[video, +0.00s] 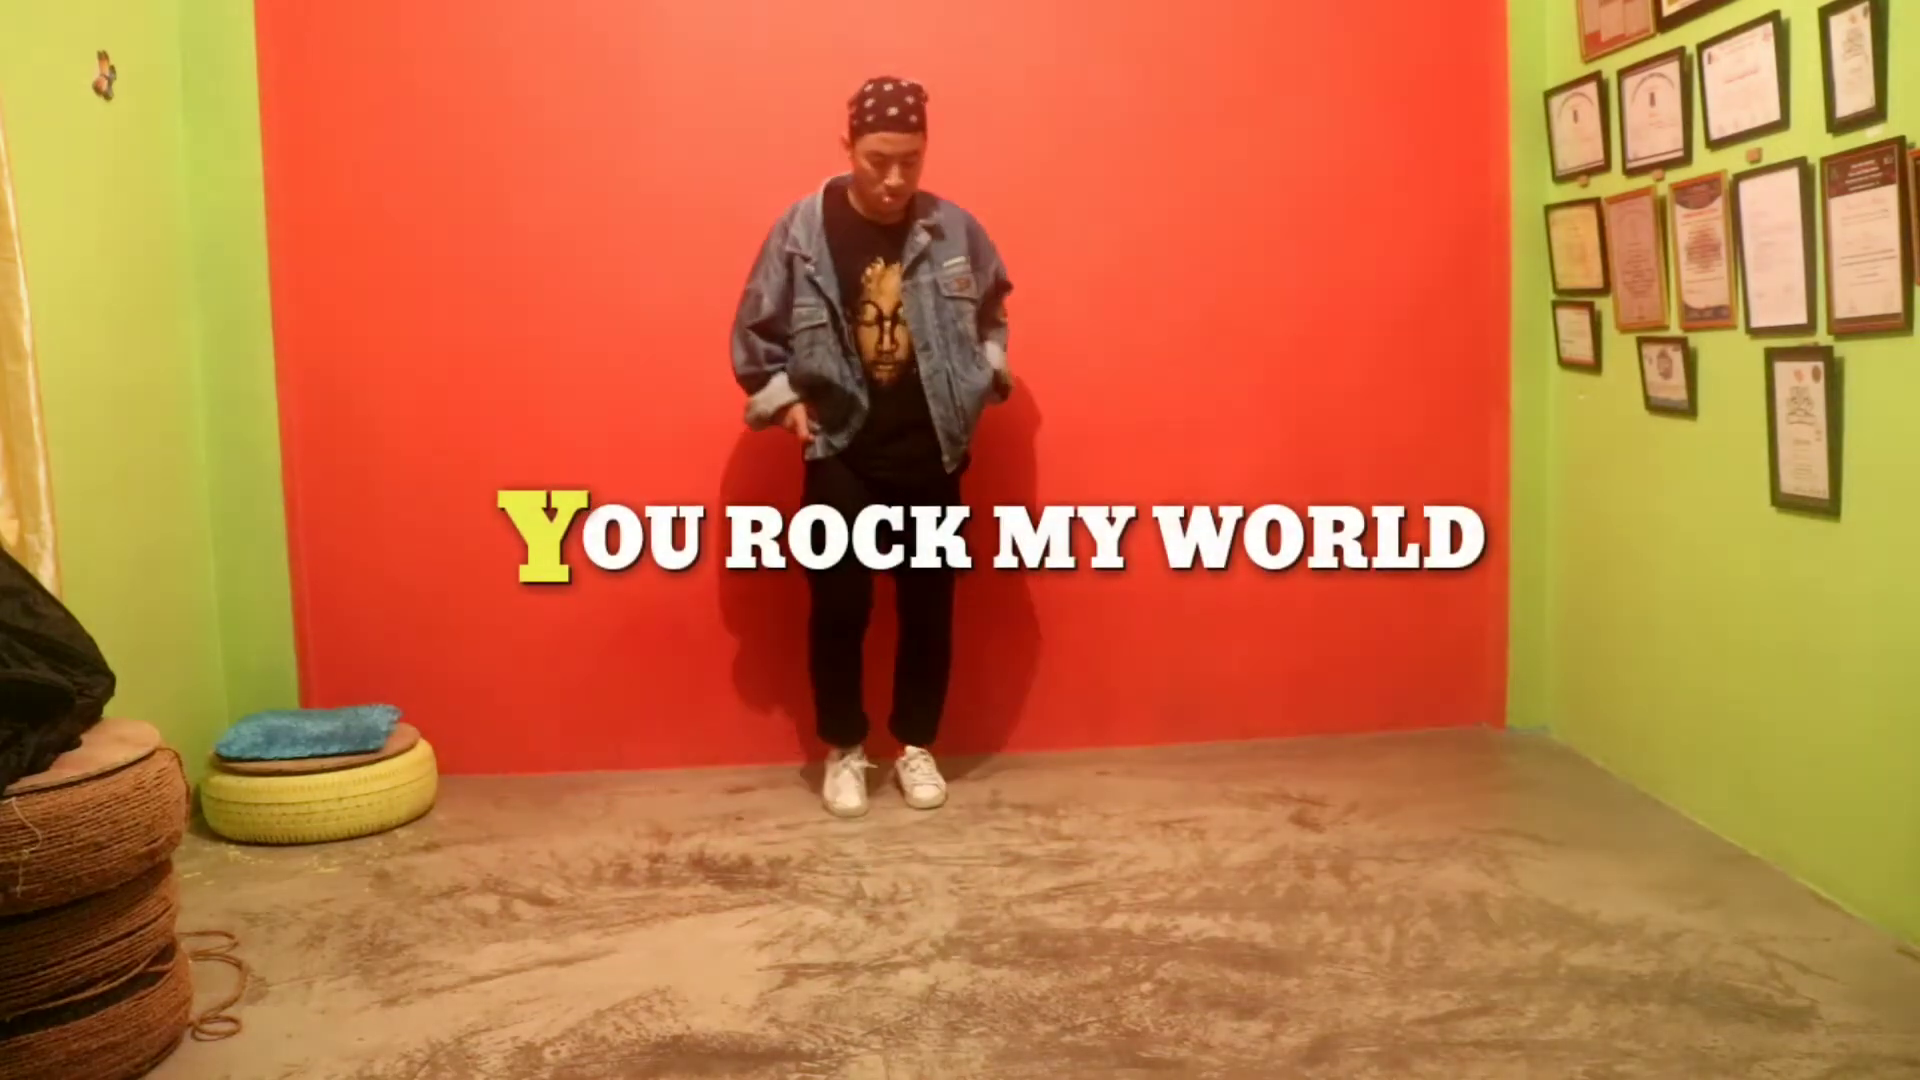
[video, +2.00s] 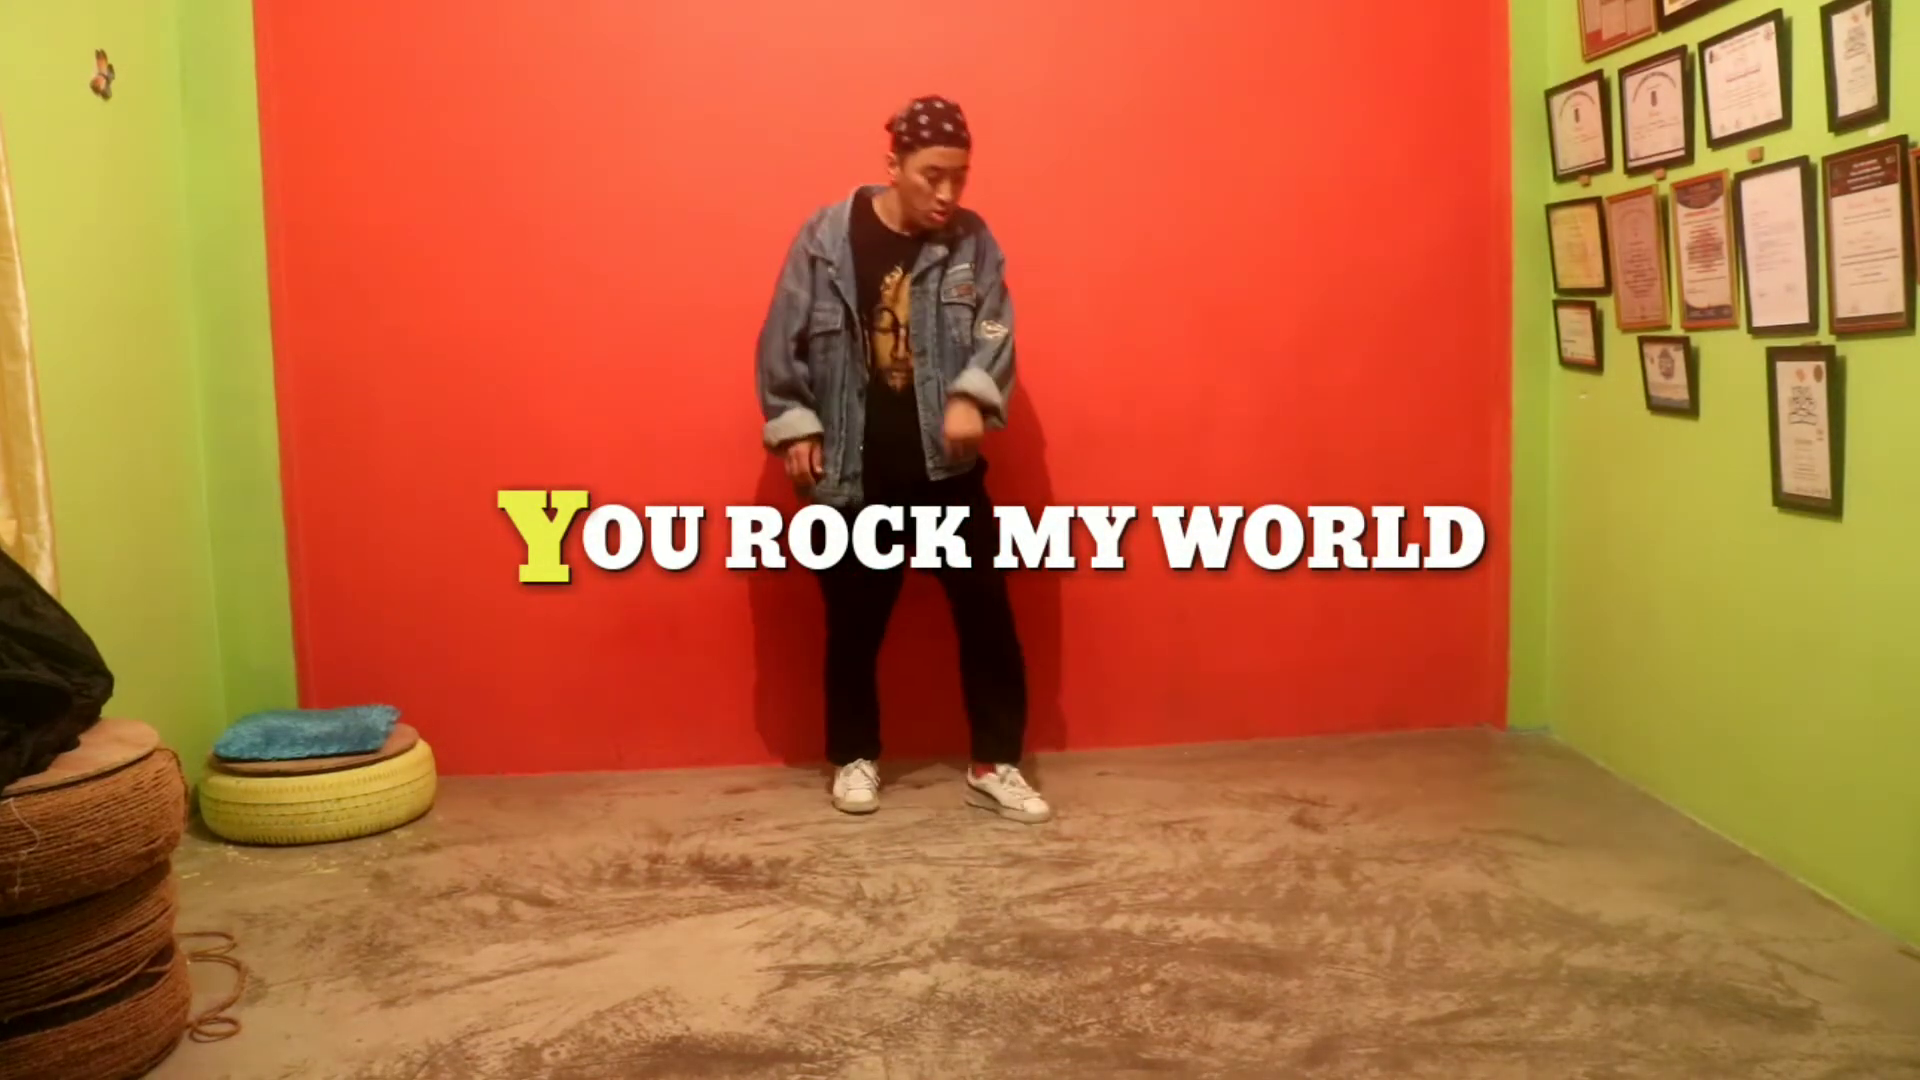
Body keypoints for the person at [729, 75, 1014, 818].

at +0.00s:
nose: (894, 179)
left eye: (908, 162)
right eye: (878, 162)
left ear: (925, 156)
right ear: (850, 153)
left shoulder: (956, 229)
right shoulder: (802, 229)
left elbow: (992, 311)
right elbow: (755, 333)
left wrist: (987, 376)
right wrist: (790, 405)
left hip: (931, 443)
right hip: (840, 444)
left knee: (928, 600)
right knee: (841, 600)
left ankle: (915, 748)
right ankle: (845, 751)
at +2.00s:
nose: (947, 195)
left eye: (958, 181)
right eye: (933, 177)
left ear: (966, 175)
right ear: (895, 161)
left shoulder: (970, 239)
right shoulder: (826, 234)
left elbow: (996, 330)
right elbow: (783, 338)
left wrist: (970, 395)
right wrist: (793, 422)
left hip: (944, 466)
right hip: (854, 471)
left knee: (985, 609)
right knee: (853, 620)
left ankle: (996, 762)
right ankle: (855, 761)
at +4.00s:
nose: (851, 143)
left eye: (865, 125)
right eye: (837, 128)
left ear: (899, 122)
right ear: (823, 132)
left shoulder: (951, 187)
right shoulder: (804, 205)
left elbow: (992, 287)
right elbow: (794, 311)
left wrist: (962, 353)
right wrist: (833, 364)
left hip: (940, 431)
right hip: (850, 439)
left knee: (943, 597)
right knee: (854, 605)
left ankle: (933, 744)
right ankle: (864, 767)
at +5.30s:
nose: (842, 171)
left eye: (849, 151)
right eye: (822, 162)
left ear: (866, 136)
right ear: (795, 165)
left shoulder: (914, 183)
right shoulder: (784, 222)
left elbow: (963, 271)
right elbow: (776, 323)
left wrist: (984, 364)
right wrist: (798, 417)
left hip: (924, 422)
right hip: (838, 437)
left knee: (932, 600)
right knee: (848, 607)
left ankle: (929, 758)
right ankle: (864, 764)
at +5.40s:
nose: (840, 170)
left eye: (850, 151)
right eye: (822, 158)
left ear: (872, 140)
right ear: (800, 160)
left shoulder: (920, 189)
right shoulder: (785, 220)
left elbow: (970, 278)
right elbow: (773, 319)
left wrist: (973, 362)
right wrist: (797, 403)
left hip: (927, 437)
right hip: (838, 450)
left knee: (932, 606)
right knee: (848, 613)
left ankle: (929, 758)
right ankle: (864, 764)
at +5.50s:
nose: (838, 174)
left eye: (849, 154)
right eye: (821, 161)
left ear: (873, 143)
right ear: (800, 161)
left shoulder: (923, 191)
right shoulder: (783, 223)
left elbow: (982, 272)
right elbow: (767, 321)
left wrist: (965, 350)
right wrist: (799, 383)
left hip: (928, 442)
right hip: (838, 456)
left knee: (933, 610)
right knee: (849, 616)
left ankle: (929, 759)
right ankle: (865, 764)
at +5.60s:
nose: (839, 181)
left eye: (851, 162)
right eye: (822, 168)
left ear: (875, 149)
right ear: (801, 167)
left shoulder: (927, 192)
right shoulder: (779, 247)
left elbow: (992, 259)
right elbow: (769, 344)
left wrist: (961, 329)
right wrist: (803, 394)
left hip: (928, 445)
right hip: (839, 459)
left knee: (933, 608)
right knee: (849, 615)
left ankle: (929, 759)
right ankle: (865, 764)